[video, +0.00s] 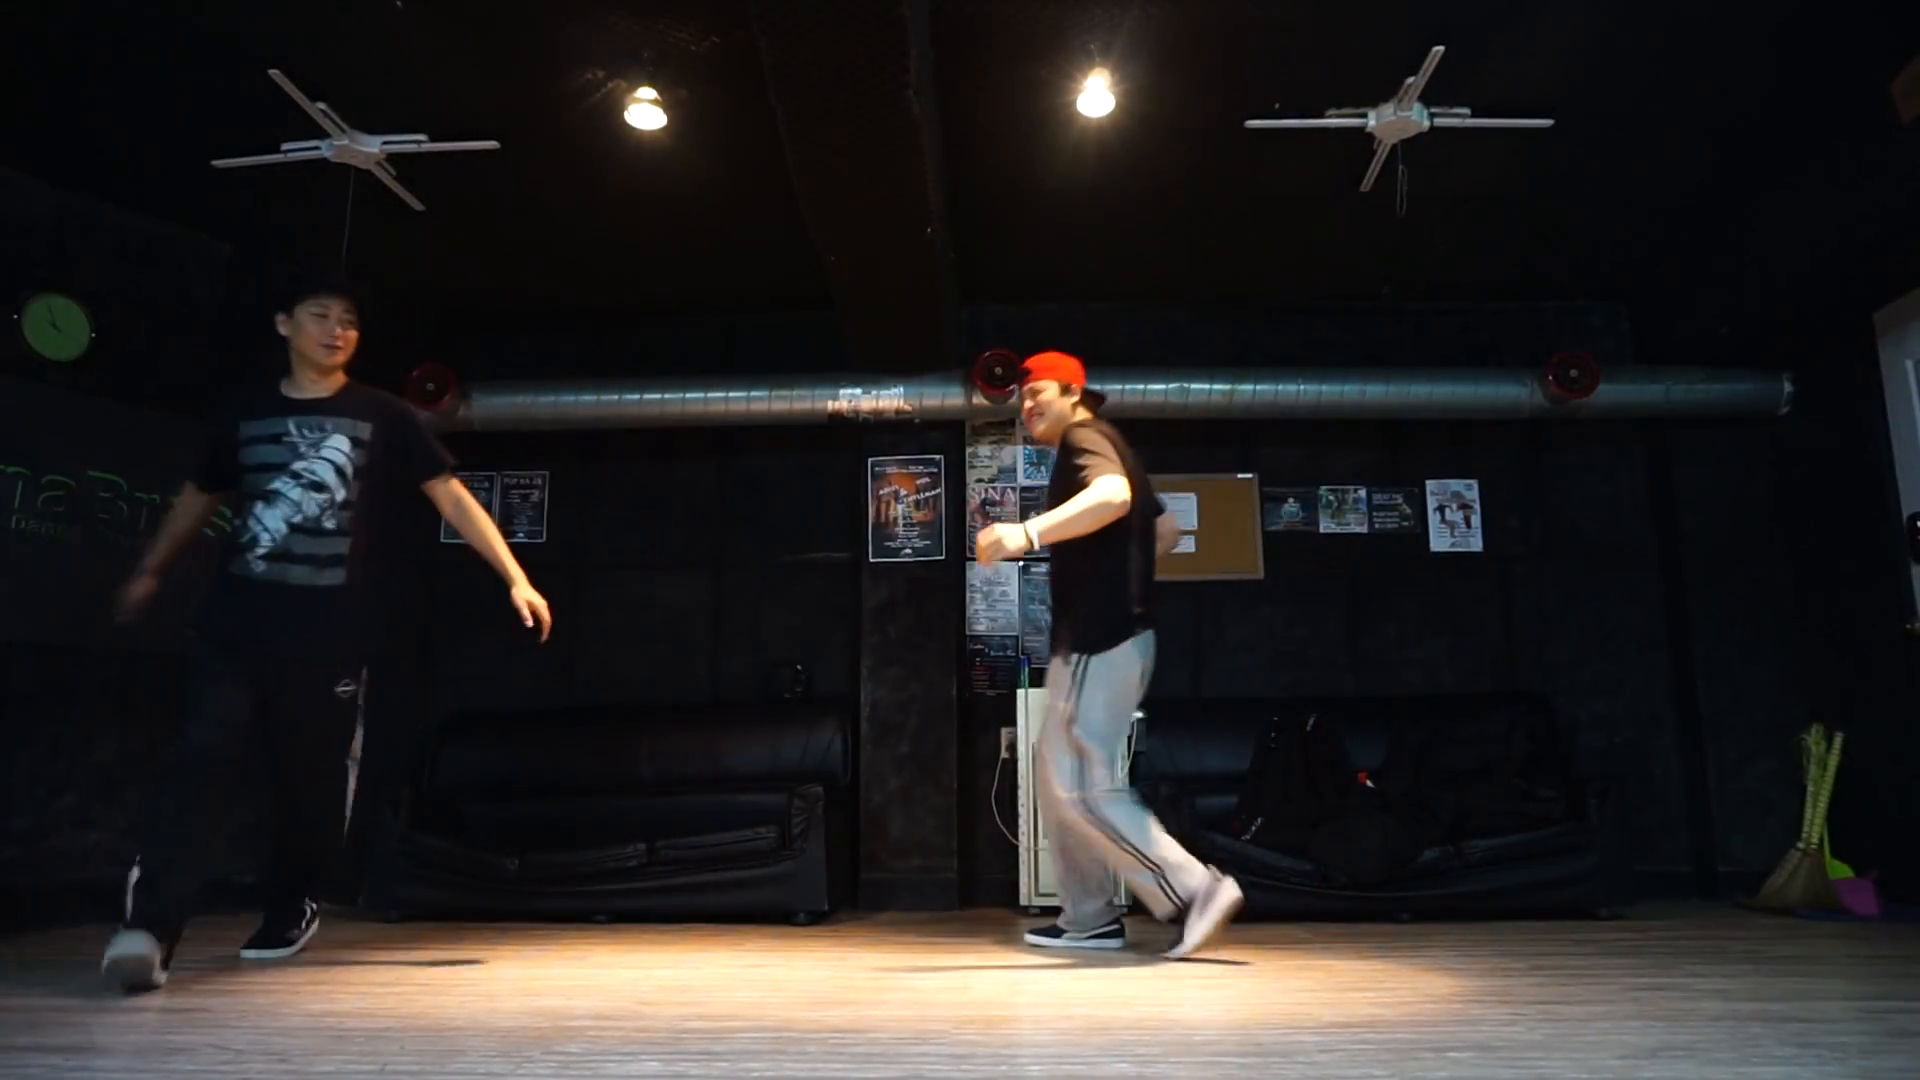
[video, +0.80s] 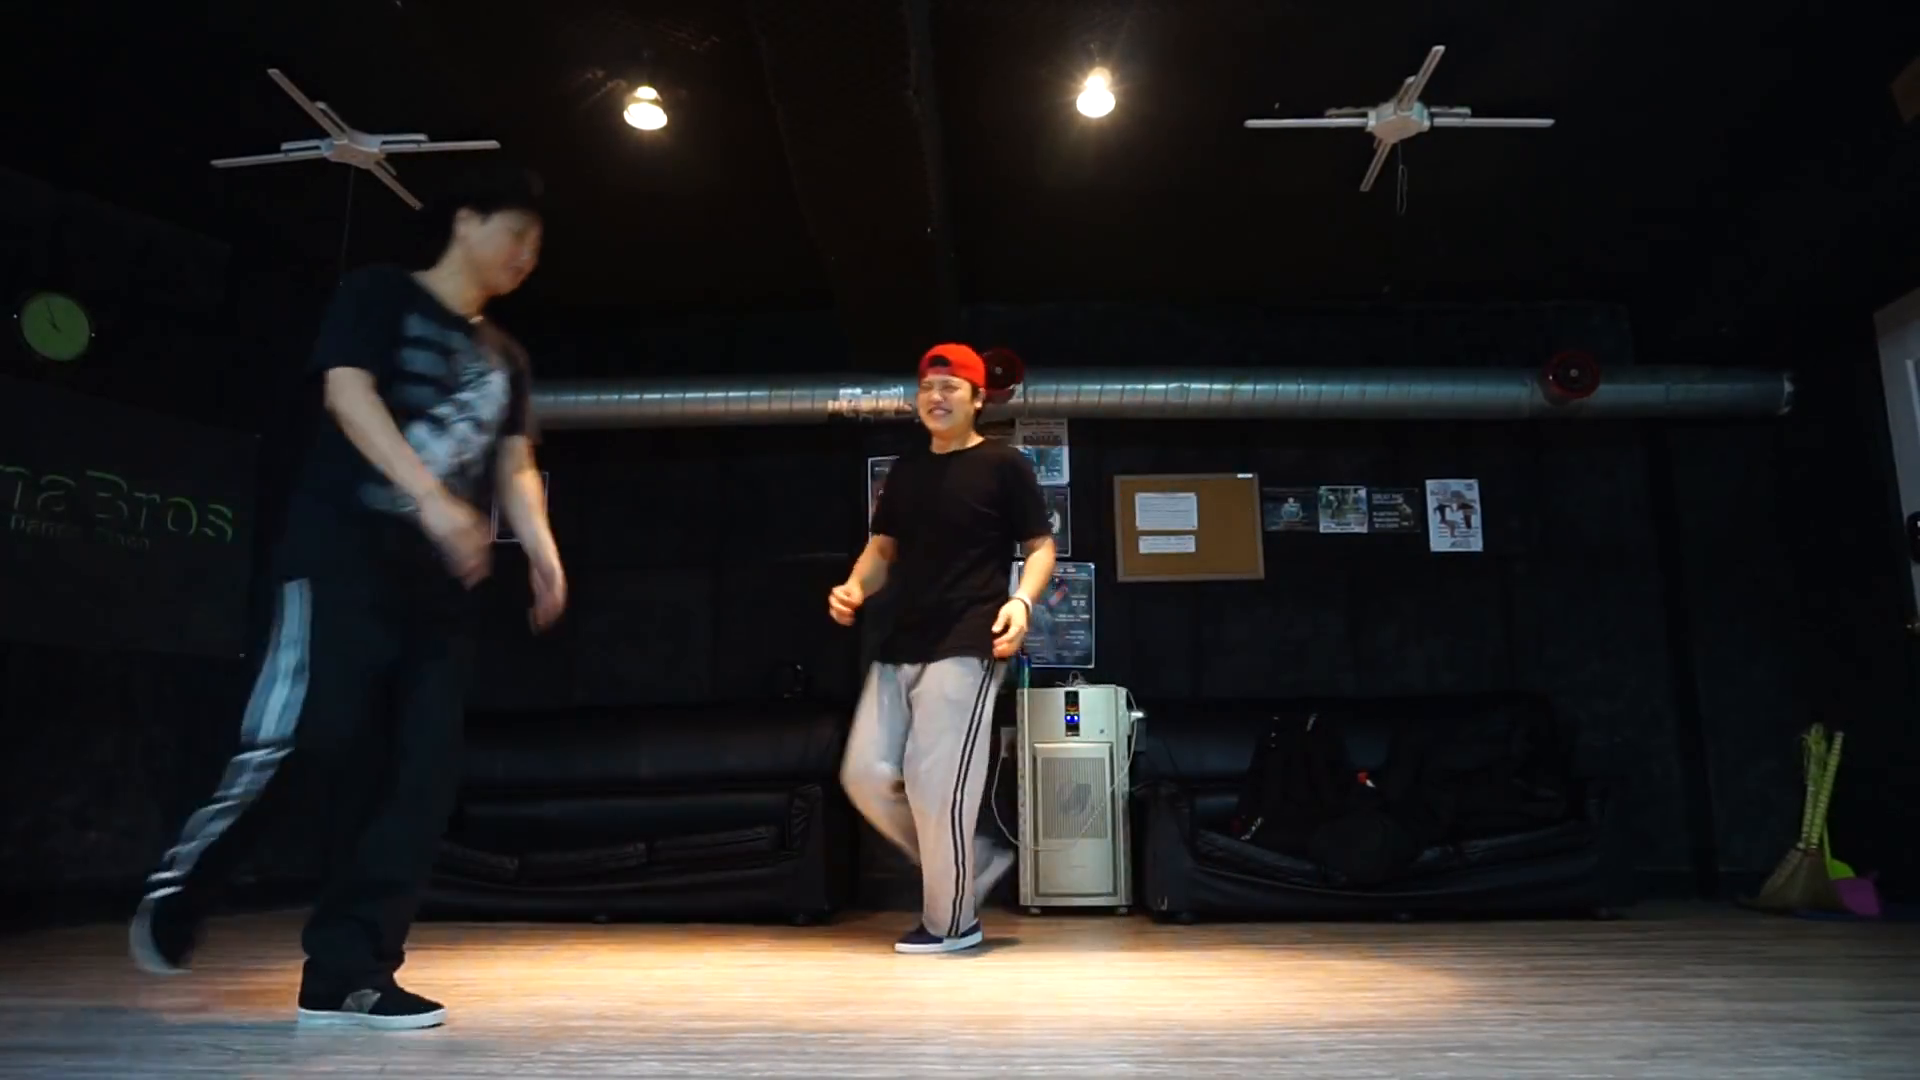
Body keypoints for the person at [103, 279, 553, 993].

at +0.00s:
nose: (336, 333)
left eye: (347, 324)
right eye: (321, 319)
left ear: (357, 339)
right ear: (286, 327)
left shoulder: (384, 417)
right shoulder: (244, 411)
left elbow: (452, 497)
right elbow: (196, 497)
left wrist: (515, 577)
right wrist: (148, 571)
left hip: (330, 623)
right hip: (242, 616)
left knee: (310, 768)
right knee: (201, 757)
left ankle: (292, 908)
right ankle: (147, 928)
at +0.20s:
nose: (320, 299)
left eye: (331, 289)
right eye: (305, 283)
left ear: (342, 305)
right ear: (266, 290)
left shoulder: (369, 391)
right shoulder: (216, 382)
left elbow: (426, 485)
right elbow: (130, 463)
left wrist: (490, 572)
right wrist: (26, 520)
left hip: (308, 612)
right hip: (211, 603)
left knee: (281, 772)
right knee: (166, 758)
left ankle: (250, 886)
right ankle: (145, 938)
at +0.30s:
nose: (336, 276)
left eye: (346, 268)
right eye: (321, 258)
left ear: (353, 288)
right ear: (279, 265)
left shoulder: (373, 373)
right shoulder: (222, 352)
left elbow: (428, 467)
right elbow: (128, 427)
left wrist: (501, 535)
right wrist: (48, 437)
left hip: (310, 591)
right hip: (213, 580)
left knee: (291, 748)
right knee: (166, 744)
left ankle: (224, 897)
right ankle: (143, 934)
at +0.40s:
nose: (361, 263)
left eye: (372, 252)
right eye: (345, 244)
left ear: (378, 270)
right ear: (298, 247)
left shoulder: (384, 363)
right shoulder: (234, 332)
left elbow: (429, 457)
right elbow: (171, 416)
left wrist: (504, 493)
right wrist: (155, 378)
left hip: (317, 589)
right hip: (220, 577)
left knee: (300, 755)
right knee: (172, 755)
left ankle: (251, 943)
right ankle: (140, 941)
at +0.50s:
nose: (391, 269)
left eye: (402, 261)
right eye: (378, 250)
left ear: (404, 276)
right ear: (330, 244)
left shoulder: (400, 371)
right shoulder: (259, 321)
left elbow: (427, 464)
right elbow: (224, 408)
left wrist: (483, 458)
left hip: (329, 596)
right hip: (228, 580)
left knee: (318, 767)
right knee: (180, 770)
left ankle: (317, 953)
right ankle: (141, 949)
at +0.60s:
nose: (432, 280)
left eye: (443, 269)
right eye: (421, 259)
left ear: (444, 282)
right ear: (371, 248)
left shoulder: (425, 381)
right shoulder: (289, 322)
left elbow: (432, 479)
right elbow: (288, 407)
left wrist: (459, 443)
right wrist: (414, 439)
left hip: (353, 599)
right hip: (249, 583)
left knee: (348, 775)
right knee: (190, 769)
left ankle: (338, 971)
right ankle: (135, 947)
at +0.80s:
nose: (526, 255)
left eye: (534, 241)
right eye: (515, 234)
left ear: (530, 252)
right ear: (466, 225)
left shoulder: (504, 360)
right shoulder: (380, 297)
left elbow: (516, 466)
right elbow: (348, 393)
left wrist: (543, 550)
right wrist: (437, 501)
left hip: (429, 578)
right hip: (339, 557)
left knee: (416, 771)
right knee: (294, 737)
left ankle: (345, 975)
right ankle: (176, 891)